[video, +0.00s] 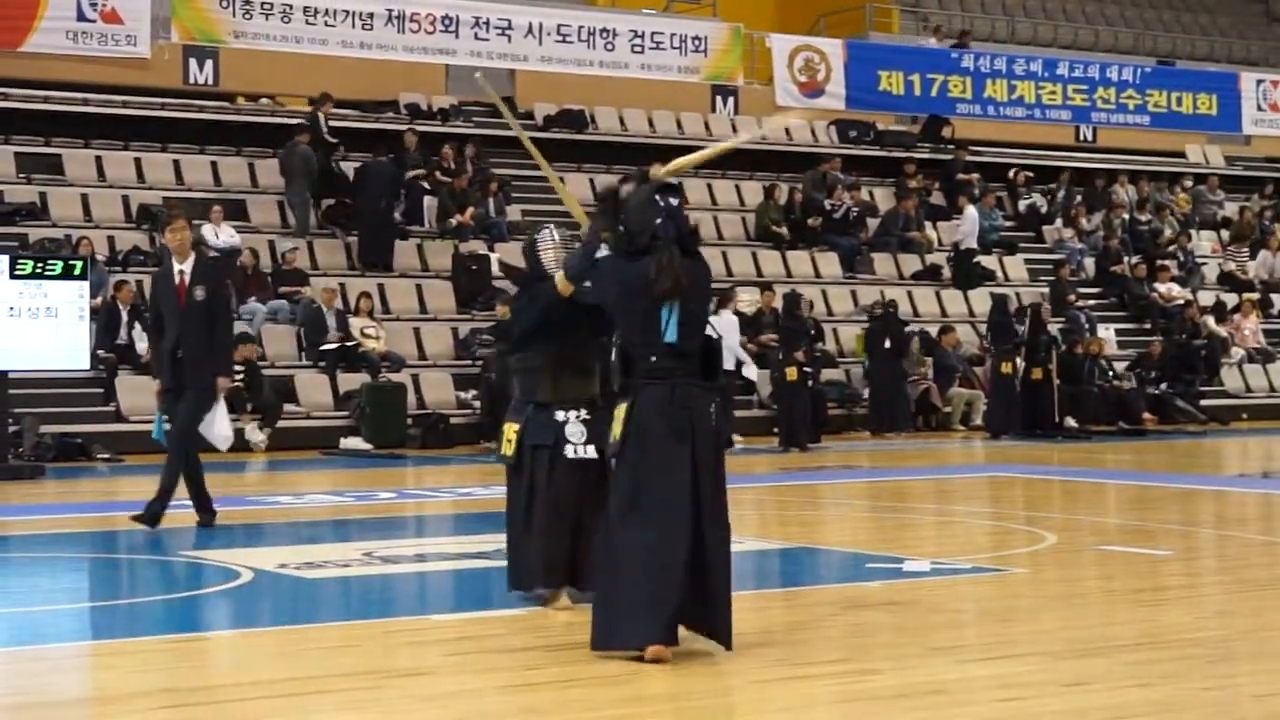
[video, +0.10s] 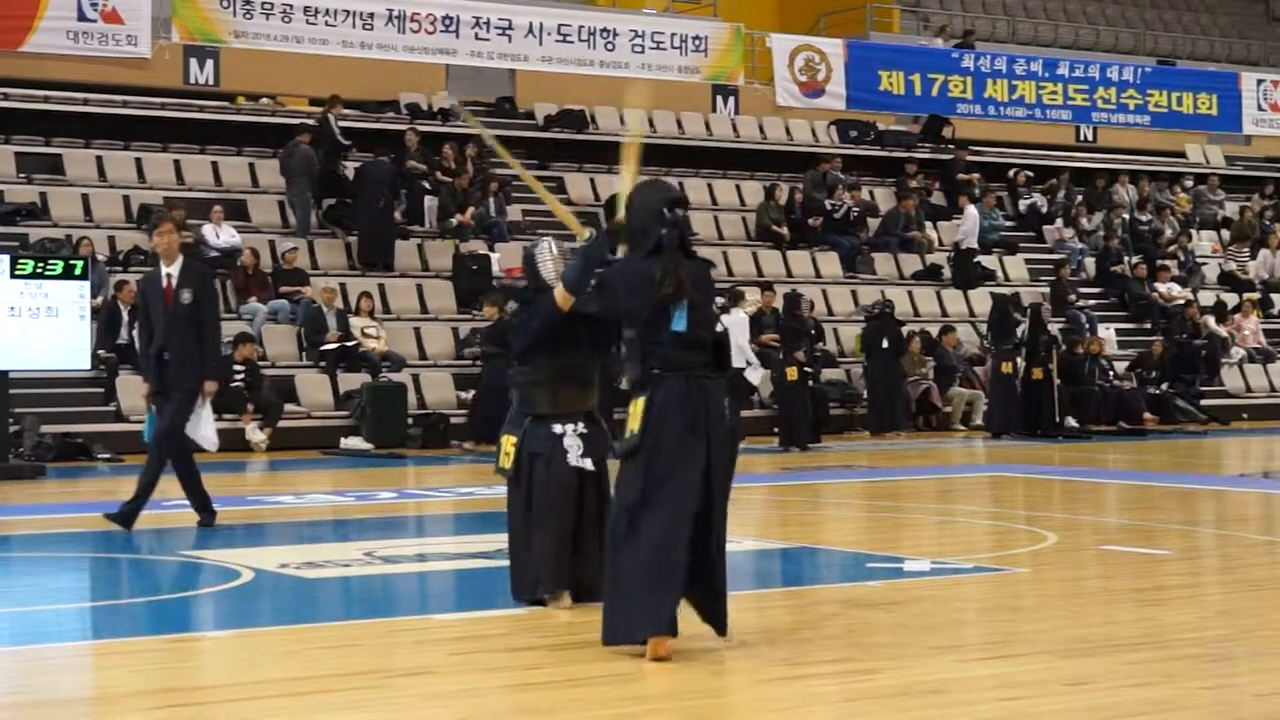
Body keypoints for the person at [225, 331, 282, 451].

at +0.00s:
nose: (255, 350)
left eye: (254, 347)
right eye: (251, 347)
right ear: (241, 347)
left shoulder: (252, 366)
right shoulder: (225, 364)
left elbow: (257, 389)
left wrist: (251, 402)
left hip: (247, 399)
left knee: (275, 404)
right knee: (236, 392)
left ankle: (262, 435)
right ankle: (249, 427)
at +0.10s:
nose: (253, 350)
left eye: (253, 347)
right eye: (251, 346)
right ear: (240, 347)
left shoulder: (253, 366)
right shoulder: (223, 362)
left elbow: (256, 388)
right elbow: (219, 385)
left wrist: (252, 403)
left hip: (247, 399)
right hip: (224, 399)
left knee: (276, 404)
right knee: (236, 391)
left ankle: (262, 438)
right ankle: (249, 428)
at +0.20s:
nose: (254, 350)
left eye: (253, 346)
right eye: (251, 346)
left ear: (244, 347)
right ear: (241, 347)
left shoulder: (253, 365)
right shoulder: (222, 363)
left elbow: (256, 388)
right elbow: (217, 388)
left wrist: (252, 405)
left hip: (247, 399)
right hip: (224, 401)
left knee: (277, 404)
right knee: (236, 393)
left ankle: (263, 437)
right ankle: (251, 428)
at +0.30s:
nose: (250, 349)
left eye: (251, 346)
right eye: (246, 346)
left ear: (252, 347)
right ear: (236, 346)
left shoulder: (253, 365)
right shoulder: (223, 362)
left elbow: (257, 388)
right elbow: (213, 385)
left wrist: (253, 405)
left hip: (247, 398)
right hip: (224, 399)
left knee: (277, 404)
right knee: (235, 396)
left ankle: (263, 437)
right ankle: (251, 429)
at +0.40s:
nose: (246, 349)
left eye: (248, 345)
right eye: (242, 345)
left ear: (251, 347)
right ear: (235, 346)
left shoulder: (253, 365)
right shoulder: (223, 362)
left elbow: (257, 388)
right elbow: (214, 385)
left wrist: (253, 405)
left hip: (247, 398)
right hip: (225, 399)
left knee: (278, 404)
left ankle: (264, 437)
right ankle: (251, 428)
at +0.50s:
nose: (242, 349)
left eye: (245, 345)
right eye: (240, 345)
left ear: (250, 347)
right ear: (234, 346)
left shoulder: (254, 364)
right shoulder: (223, 362)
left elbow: (257, 387)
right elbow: (214, 385)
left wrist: (254, 407)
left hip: (249, 398)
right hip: (225, 399)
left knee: (278, 404)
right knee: (235, 394)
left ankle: (265, 437)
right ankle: (251, 429)